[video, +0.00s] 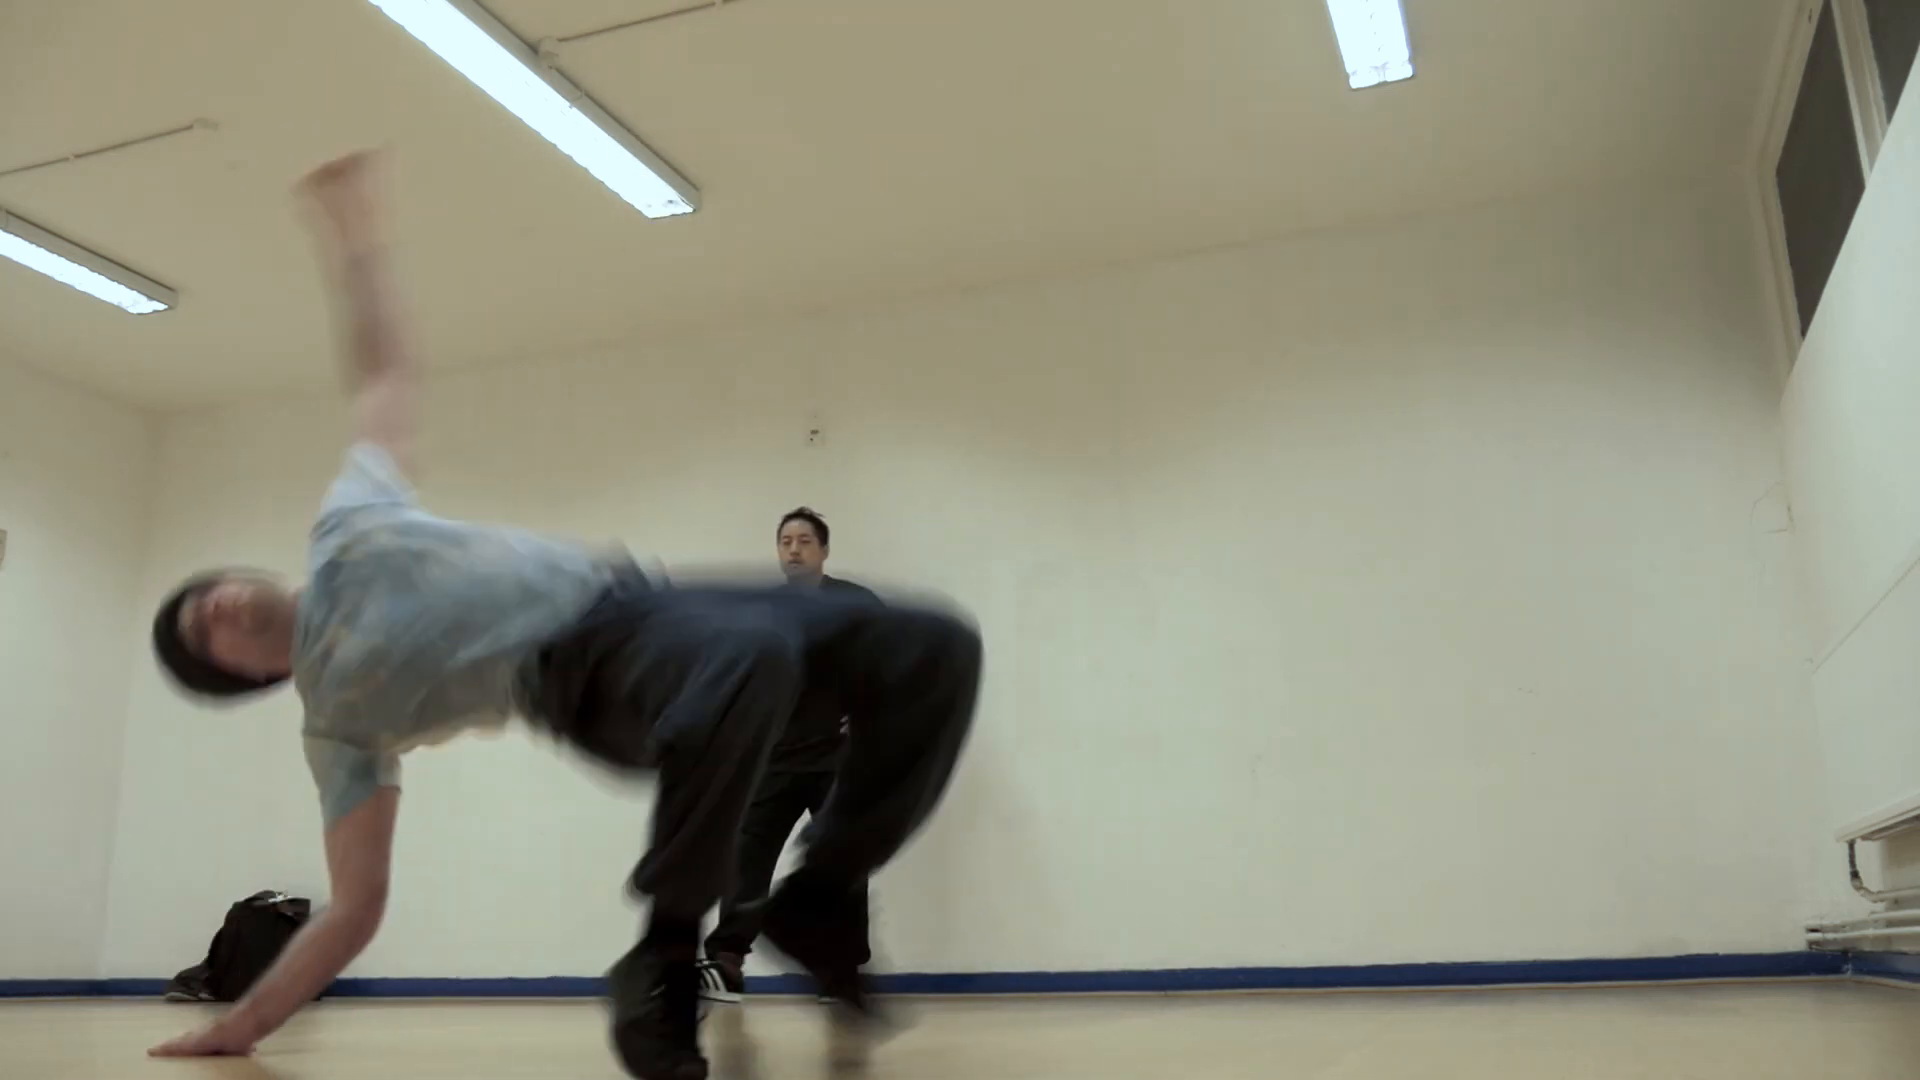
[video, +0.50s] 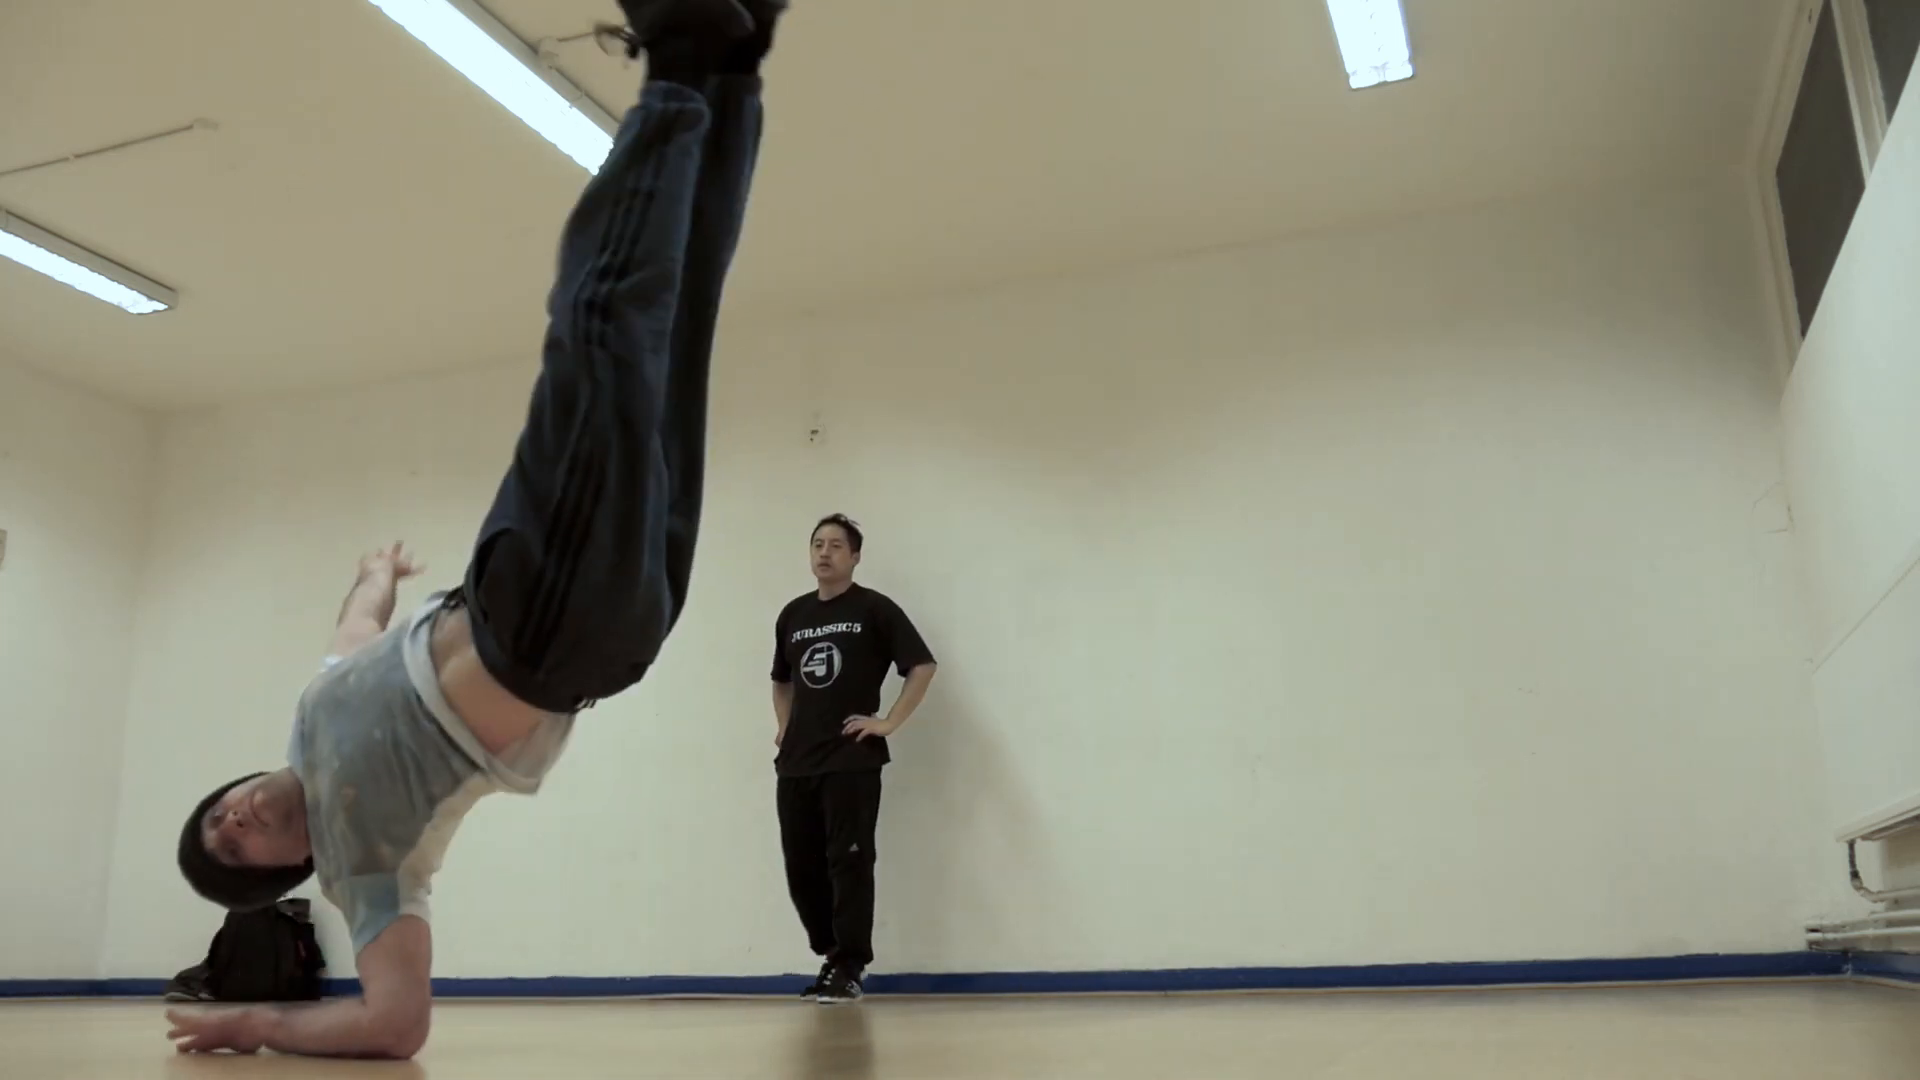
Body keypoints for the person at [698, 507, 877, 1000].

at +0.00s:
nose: (794, 550)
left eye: (805, 541)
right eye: (786, 541)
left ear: (825, 550)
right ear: (776, 551)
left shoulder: (857, 604)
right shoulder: (763, 609)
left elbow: (887, 685)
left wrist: (866, 754)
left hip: (836, 757)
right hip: (774, 757)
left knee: (843, 853)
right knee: (750, 853)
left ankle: (844, 966)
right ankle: (726, 959)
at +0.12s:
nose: (819, 565)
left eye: (828, 557)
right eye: (812, 556)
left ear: (846, 563)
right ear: (804, 560)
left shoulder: (870, 608)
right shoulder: (778, 610)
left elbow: (918, 663)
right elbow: (759, 671)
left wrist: (892, 721)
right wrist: (767, 724)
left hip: (848, 756)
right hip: (786, 756)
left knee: (848, 863)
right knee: (756, 856)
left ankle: (845, 973)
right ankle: (758, 968)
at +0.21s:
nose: (818, 548)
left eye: (829, 541)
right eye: (811, 541)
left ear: (847, 552)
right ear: (802, 551)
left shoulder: (875, 606)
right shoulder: (782, 610)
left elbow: (922, 663)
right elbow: (765, 672)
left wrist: (892, 722)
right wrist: (771, 724)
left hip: (850, 756)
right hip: (790, 757)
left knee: (850, 862)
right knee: (765, 856)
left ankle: (846, 973)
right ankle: (780, 967)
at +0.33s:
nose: (824, 549)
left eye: (835, 543)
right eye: (818, 542)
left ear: (854, 554)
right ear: (808, 552)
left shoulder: (879, 607)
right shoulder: (788, 612)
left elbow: (923, 666)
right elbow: (772, 673)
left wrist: (894, 722)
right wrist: (778, 722)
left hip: (853, 756)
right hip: (794, 756)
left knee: (852, 860)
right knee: (780, 858)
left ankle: (848, 971)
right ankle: (811, 961)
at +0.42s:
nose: (825, 551)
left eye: (835, 544)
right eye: (818, 544)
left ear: (855, 554)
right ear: (809, 554)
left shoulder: (878, 608)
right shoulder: (790, 613)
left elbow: (923, 667)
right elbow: (777, 676)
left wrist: (893, 722)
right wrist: (781, 725)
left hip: (853, 755)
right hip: (796, 756)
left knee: (851, 859)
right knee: (790, 860)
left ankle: (849, 970)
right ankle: (825, 955)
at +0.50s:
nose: (824, 552)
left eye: (835, 546)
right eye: (818, 545)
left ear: (855, 555)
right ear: (810, 554)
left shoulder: (877, 609)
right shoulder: (792, 616)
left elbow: (923, 667)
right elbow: (783, 678)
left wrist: (890, 722)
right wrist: (784, 724)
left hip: (852, 755)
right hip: (798, 757)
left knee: (849, 858)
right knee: (803, 864)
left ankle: (850, 968)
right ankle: (834, 962)